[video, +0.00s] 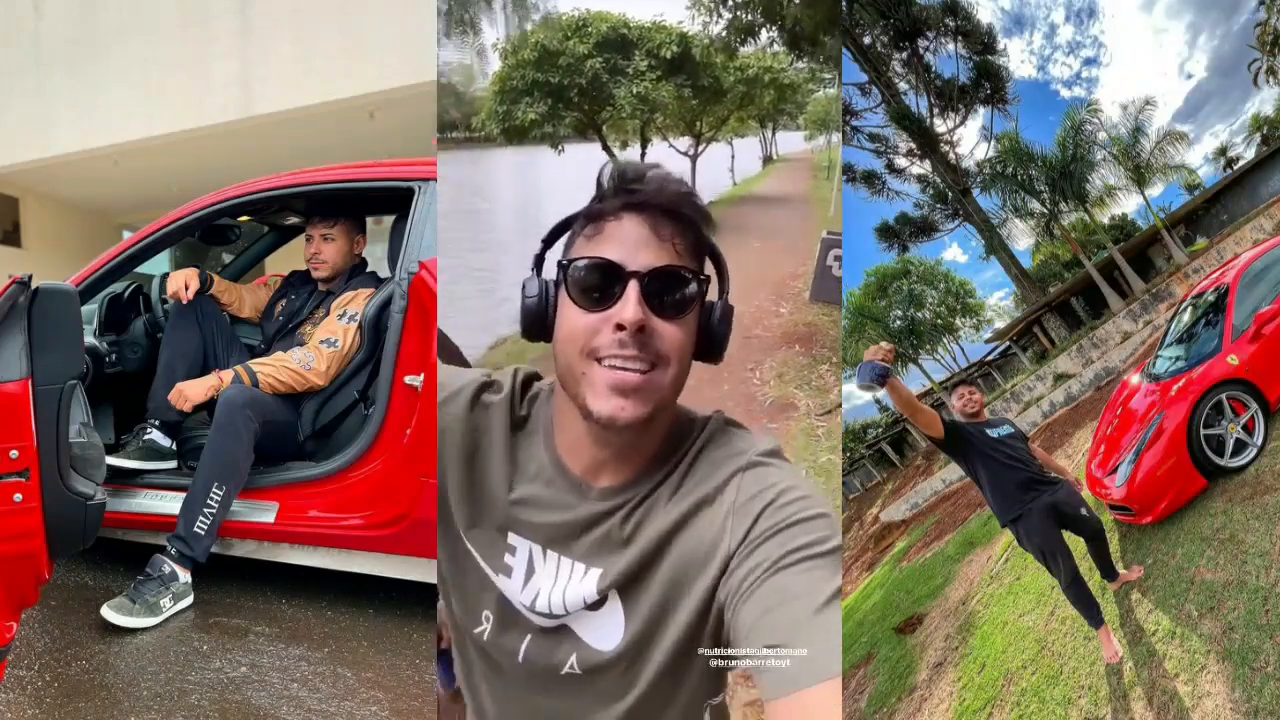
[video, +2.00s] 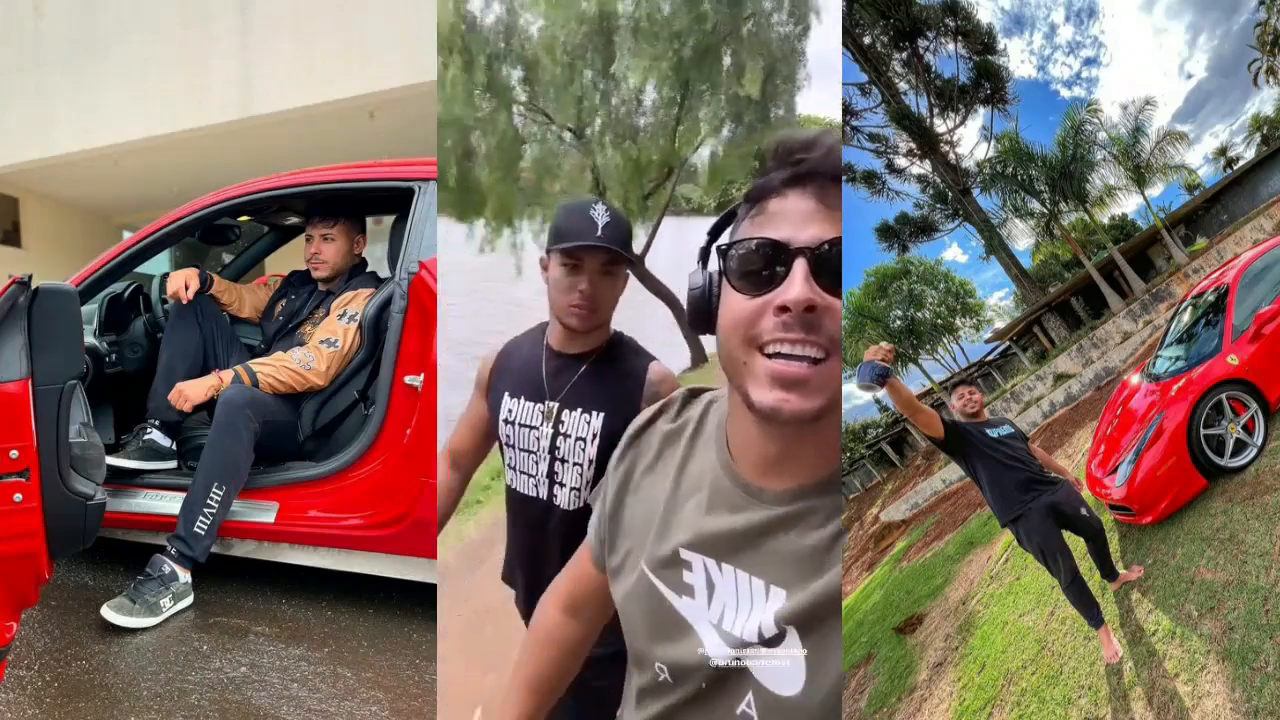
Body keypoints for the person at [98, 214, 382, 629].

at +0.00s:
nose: (314, 249)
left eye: (328, 239)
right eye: (310, 239)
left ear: (358, 245)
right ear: (305, 244)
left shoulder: (362, 297)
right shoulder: (291, 286)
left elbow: (315, 367)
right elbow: (242, 299)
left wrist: (220, 380)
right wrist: (201, 279)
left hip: (314, 412)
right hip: (260, 386)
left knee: (238, 402)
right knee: (195, 302)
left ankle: (176, 567)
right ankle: (160, 433)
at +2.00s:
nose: (315, 249)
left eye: (328, 239)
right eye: (310, 239)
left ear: (358, 245)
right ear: (304, 244)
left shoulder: (361, 297)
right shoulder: (292, 286)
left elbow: (315, 366)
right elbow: (243, 299)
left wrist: (219, 381)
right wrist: (203, 279)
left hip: (315, 411)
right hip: (265, 389)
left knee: (239, 402)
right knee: (196, 303)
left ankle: (177, 568)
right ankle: (161, 433)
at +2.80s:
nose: (314, 250)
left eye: (328, 239)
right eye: (310, 239)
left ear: (358, 245)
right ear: (304, 244)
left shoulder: (362, 297)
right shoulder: (292, 286)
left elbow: (315, 366)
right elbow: (242, 299)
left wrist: (219, 380)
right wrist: (202, 278)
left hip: (316, 410)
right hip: (266, 389)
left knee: (239, 402)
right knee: (196, 303)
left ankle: (177, 568)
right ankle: (161, 433)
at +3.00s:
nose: (314, 250)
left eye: (328, 239)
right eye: (310, 239)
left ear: (358, 245)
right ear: (304, 244)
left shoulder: (362, 297)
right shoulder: (292, 286)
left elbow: (315, 366)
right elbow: (242, 299)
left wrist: (219, 380)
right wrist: (202, 278)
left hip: (316, 410)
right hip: (266, 389)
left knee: (239, 402)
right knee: (196, 303)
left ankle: (177, 568)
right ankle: (161, 433)